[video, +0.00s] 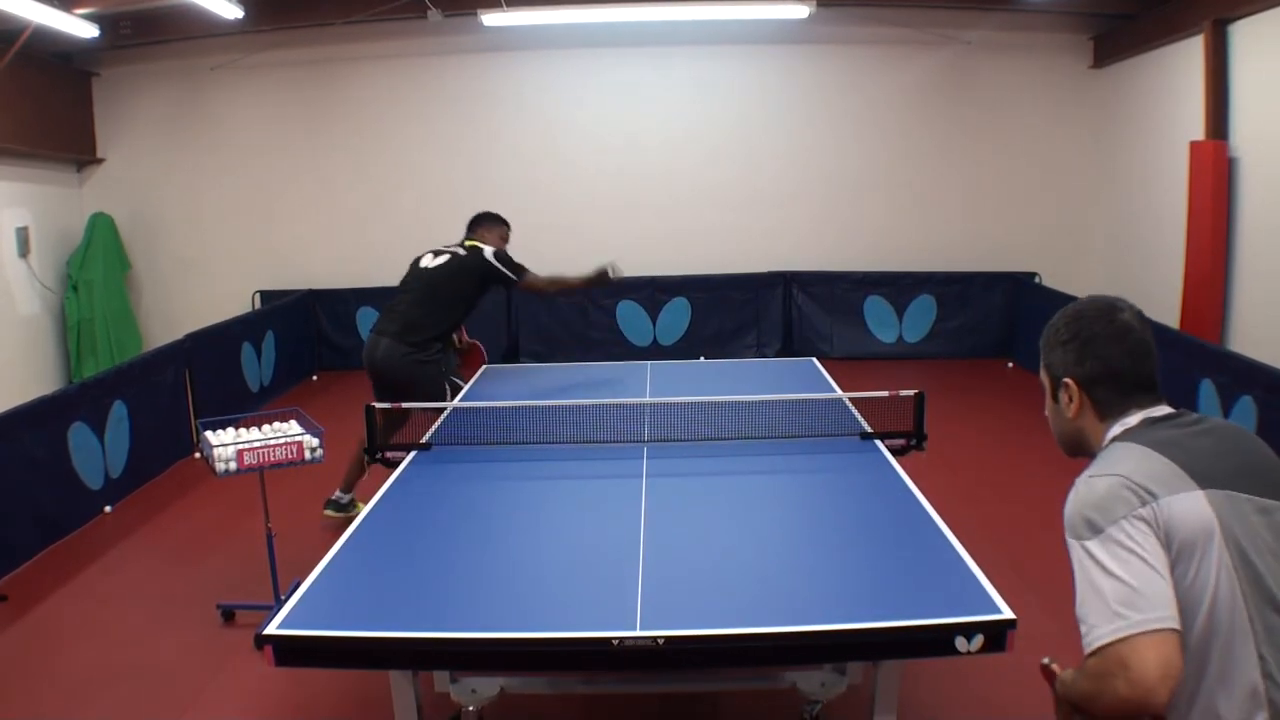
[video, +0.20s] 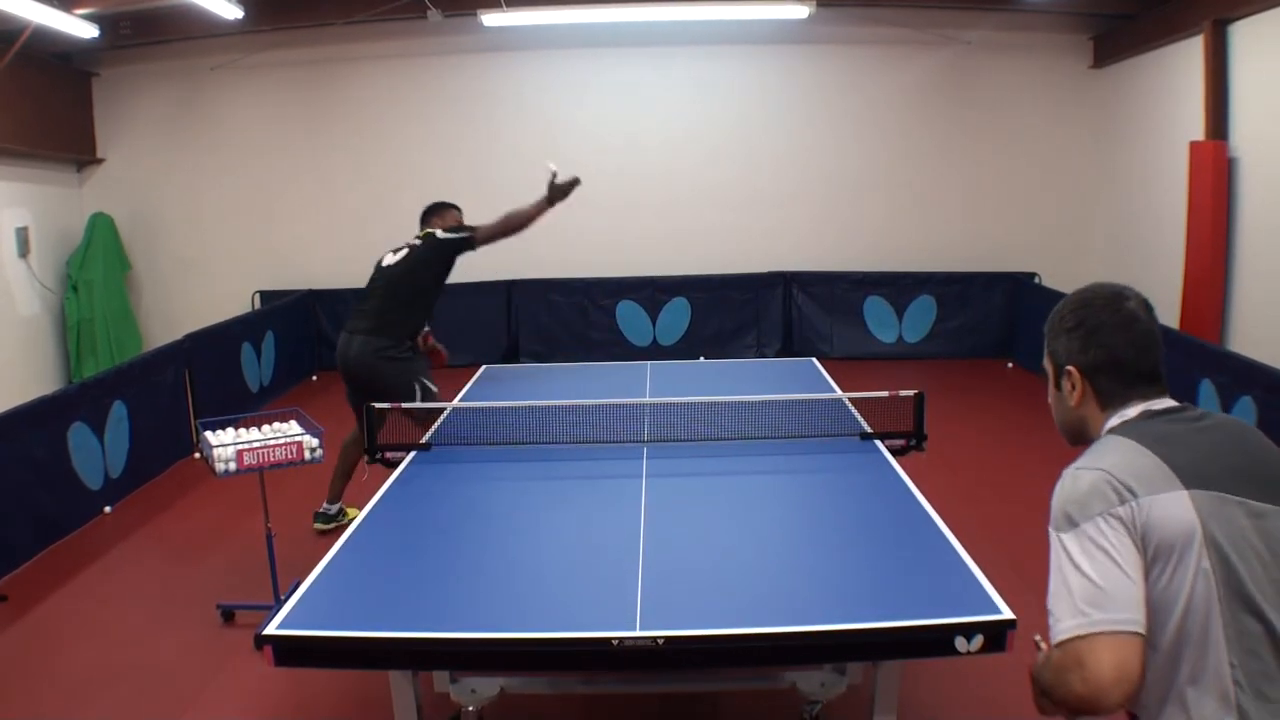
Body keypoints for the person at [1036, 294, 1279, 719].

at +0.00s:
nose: (1045, 409)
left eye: (1046, 393)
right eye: (1044, 393)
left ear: (1071, 397)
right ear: (1147, 375)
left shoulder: (1112, 486)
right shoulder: (1249, 446)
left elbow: (1141, 680)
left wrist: (1070, 687)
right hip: (1266, 704)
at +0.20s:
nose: (1048, 395)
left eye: (1047, 378)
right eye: (1046, 378)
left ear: (1073, 384)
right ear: (1151, 364)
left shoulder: (1101, 477)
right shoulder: (1255, 443)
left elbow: (1103, 682)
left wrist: (1046, 671)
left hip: (1187, 710)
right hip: (1268, 703)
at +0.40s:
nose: (1059, 372)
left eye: (1060, 355)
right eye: (1059, 354)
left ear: (1085, 362)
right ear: (1165, 346)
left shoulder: (1112, 460)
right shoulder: (1258, 429)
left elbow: (1102, 661)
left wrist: (1034, 643)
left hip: (1186, 709)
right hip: (1269, 701)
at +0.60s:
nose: (1060, 349)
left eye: (1061, 331)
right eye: (1059, 331)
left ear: (1087, 340)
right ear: (1167, 325)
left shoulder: (1120, 447)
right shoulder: (1253, 414)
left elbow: (1118, 652)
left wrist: (1037, 624)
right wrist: (1057, 633)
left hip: (1184, 706)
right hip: (1268, 699)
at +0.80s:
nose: (1037, 356)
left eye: (1038, 338)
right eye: (1036, 338)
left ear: (1064, 346)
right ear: (1141, 330)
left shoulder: (1087, 459)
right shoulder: (1235, 432)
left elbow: (1052, 665)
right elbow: (1263, 598)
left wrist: (975, 623)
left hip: (1142, 708)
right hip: (1261, 701)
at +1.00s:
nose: (1028, 328)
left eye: (1028, 309)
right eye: (1027, 310)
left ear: (1053, 311)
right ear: (1127, 297)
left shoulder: (1064, 421)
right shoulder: (1232, 403)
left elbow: (983, 605)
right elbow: (1266, 551)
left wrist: (924, 578)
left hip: (1119, 702)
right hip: (1243, 696)